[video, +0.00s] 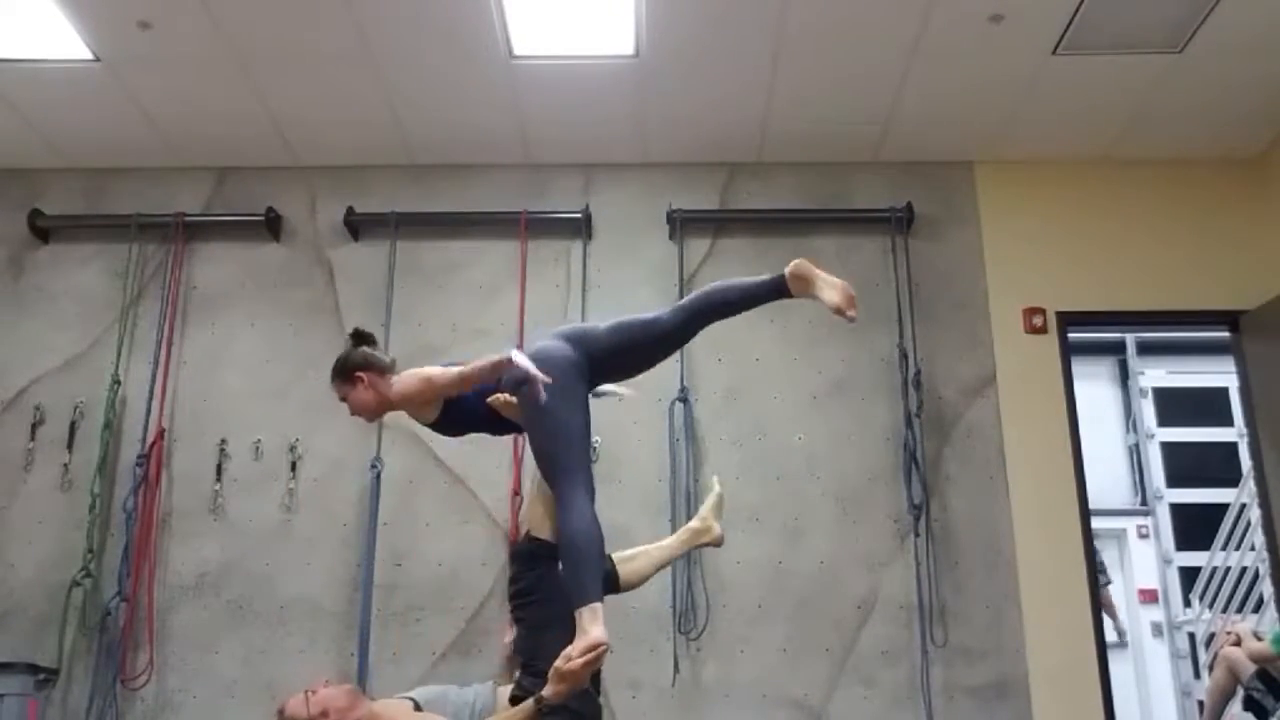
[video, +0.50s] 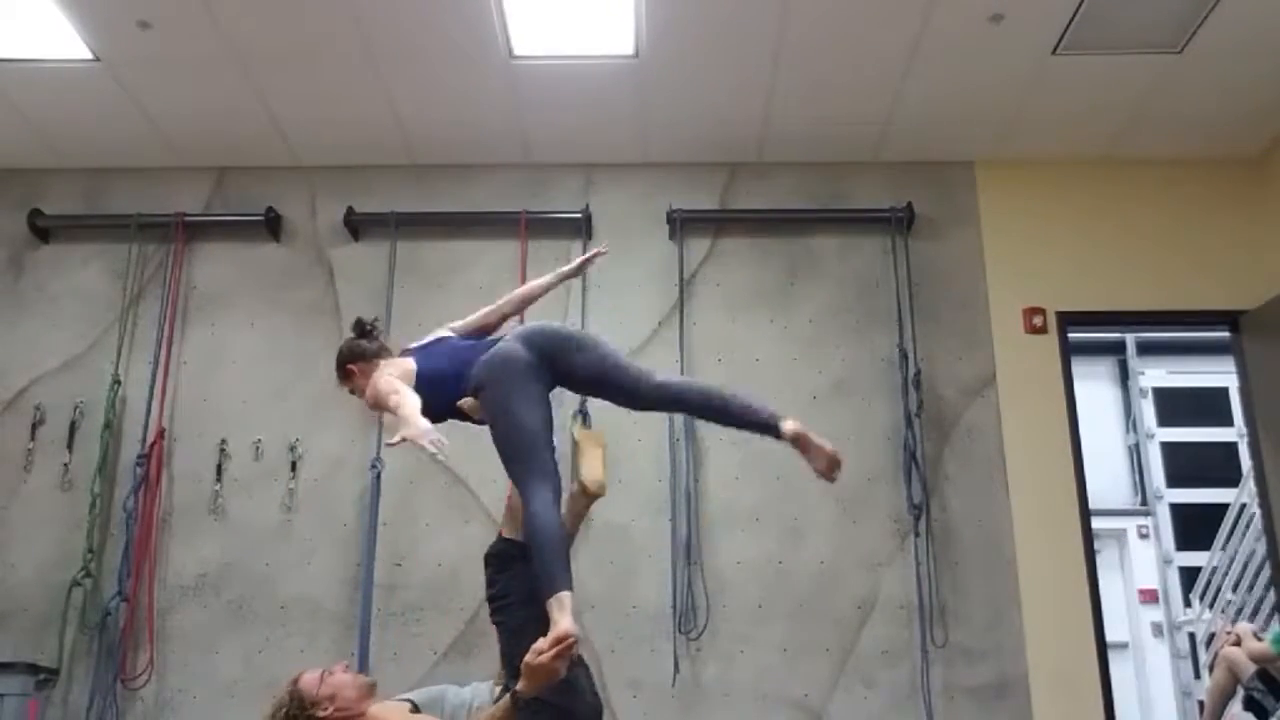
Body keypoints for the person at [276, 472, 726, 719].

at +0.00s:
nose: (320, 685)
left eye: (309, 690)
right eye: (312, 701)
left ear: (329, 694)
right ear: (325, 716)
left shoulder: (391, 704)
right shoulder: (388, 714)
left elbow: (489, 704)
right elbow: (496, 715)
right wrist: (549, 693)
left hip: (531, 687)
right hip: (542, 699)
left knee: (579, 573)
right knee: (537, 556)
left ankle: (694, 532)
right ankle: (547, 420)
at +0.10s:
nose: (327, 683)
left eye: (317, 683)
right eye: (317, 693)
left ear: (335, 686)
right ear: (327, 717)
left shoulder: (392, 705)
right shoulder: (387, 719)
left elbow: (491, 703)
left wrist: (523, 657)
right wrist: (549, 690)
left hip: (527, 688)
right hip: (543, 704)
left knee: (552, 569)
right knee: (538, 553)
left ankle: (701, 547)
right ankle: (541, 425)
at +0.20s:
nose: (337, 674)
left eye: (327, 674)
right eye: (326, 685)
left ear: (342, 686)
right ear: (330, 716)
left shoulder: (391, 706)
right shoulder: (388, 717)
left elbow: (492, 704)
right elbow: (498, 717)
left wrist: (528, 677)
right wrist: (547, 689)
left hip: (529, 686)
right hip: (542, 702)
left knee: (548, 567)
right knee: (538, 562)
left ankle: (694, 549)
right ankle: (539, 423)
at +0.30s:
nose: (336, 672)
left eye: (325, 672)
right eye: (325, 683)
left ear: (339, 689)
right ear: (330, 714)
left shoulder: (387, 707)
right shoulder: (385, 715)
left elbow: (491, 704)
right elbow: (493, 718)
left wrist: (526, 678)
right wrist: (543, 691)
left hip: (531, 692)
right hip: (549, 704)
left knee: (538, 568)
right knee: (531, 562)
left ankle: (675, 540)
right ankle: (539, 424)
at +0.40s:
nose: (344, 665)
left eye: (331, 667)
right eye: (331, 676)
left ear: (339, 698)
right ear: (331, 707)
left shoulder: (392, 706)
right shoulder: (386, 712)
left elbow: (491, 706)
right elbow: (490, 717)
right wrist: (540, 694)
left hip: (528, 696)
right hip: (549, 709)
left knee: (520, 565)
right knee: (520, 564)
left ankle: (599, 510)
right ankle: (599, 507)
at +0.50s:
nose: (342, 667)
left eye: (329, 668)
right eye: (327, 677)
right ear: (329, 710)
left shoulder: (389, 707)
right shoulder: (385, 715)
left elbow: (478, 709)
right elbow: (483, 719)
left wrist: (516, 689)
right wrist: (527, 691)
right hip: (546, 710)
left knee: (504, 564)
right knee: (507, 565)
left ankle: (581, 501)